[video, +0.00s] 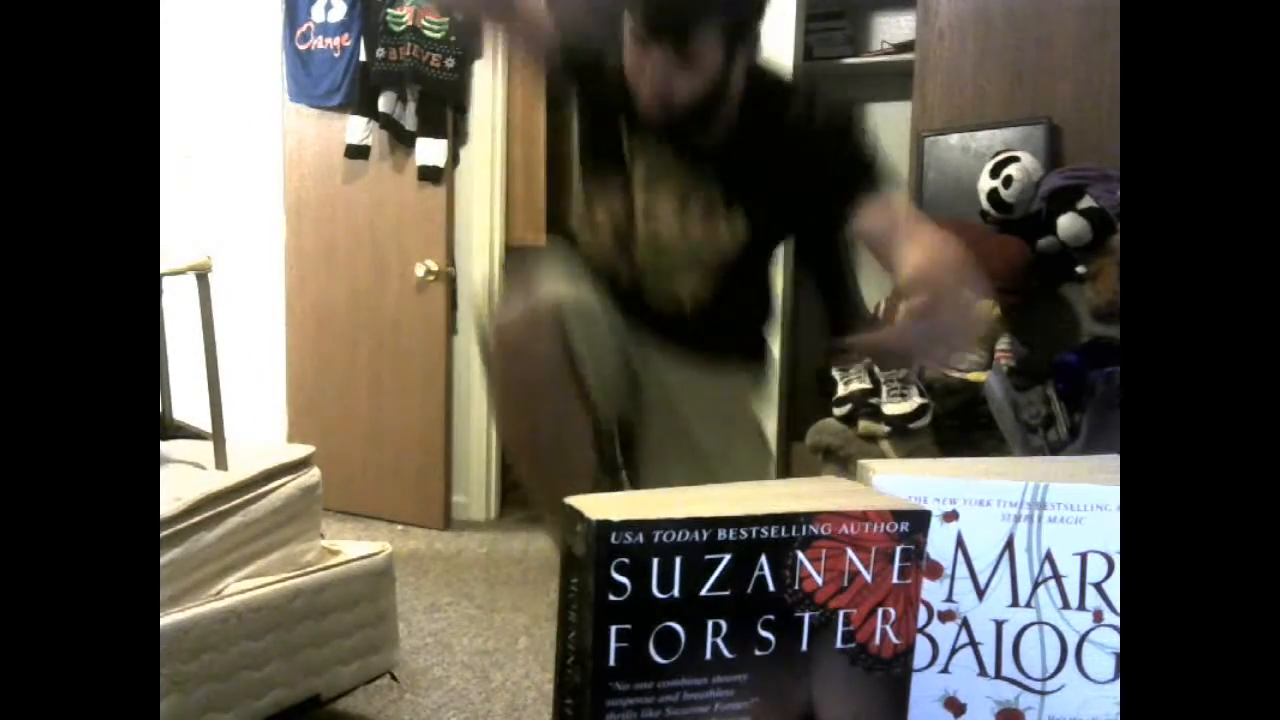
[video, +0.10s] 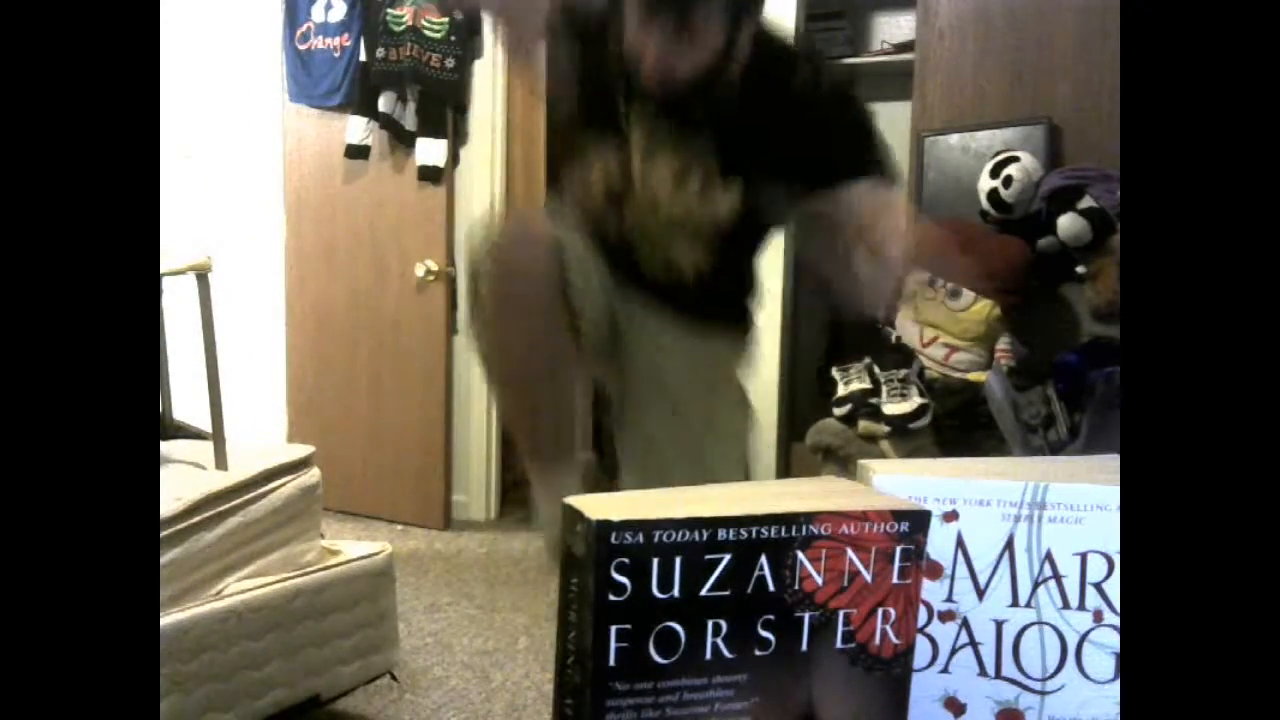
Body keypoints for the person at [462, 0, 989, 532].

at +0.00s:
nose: (651, 80)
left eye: (681, 62)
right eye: (640, 51)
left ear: (737, 52)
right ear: (624, 30)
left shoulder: (796, 127)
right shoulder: (595, 66)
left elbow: (901, 234)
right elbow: (509, 19)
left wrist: (937, 290)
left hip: (710, 371)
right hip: (601, 336)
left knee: (724, 571)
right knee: (527, 313)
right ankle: (588, 556)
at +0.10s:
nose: (656, 61)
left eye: (684, 40)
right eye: (645, 34)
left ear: (738, 24)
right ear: (627, 10)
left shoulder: (791, 89)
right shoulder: (585, 39)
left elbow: (873, 217)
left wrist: (884, 259)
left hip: (695, 331)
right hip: (586, 285)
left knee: (704, 537)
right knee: (514, 246)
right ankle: (561, 503)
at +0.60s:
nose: (626, 122)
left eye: (658, 100)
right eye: (607, 86)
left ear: (698, 84)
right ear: (576, 51)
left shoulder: (716, 161)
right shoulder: (515, 110)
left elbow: (737, 286)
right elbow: (501, 272)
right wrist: (643, 322)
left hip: (620, 411)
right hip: (506, 376)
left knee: (581, 658)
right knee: (453, 379)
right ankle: (481, 642)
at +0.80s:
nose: (635, 95)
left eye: (665, 74)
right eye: (617, 65)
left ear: (706, 59)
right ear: (583, 30)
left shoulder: (706, 134)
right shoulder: (519, 94)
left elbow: (814, 228)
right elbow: (529, 215)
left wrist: (793, 180)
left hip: (643, 388)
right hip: (508, 369)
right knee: (436, 347)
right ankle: (473, 628)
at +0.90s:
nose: (648, 42)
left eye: (675, 26)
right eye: (643, 18)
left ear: (695, 25)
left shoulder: (679, 96)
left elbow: (766, 186)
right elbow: (503, 46)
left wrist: (769, 12)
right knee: (374, 220)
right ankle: (432, 537)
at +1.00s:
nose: (634, 27)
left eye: (660, 12)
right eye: (628, 5)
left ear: (678, 12)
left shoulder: (672, 89)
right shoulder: (488, 21)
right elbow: (465, 35)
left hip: (550, 317)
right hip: (422, 256)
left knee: (553, 619)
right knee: (383, 187)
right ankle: (410, 530)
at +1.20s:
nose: (585, 148)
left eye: (618, 122)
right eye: (567, 109)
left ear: (659, 108)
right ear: (533, 67)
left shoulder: (643, 199)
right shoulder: (443, 122)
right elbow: (481, 348)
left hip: (501, 406)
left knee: (513, 687)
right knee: (374, 342)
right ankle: (381, 663)